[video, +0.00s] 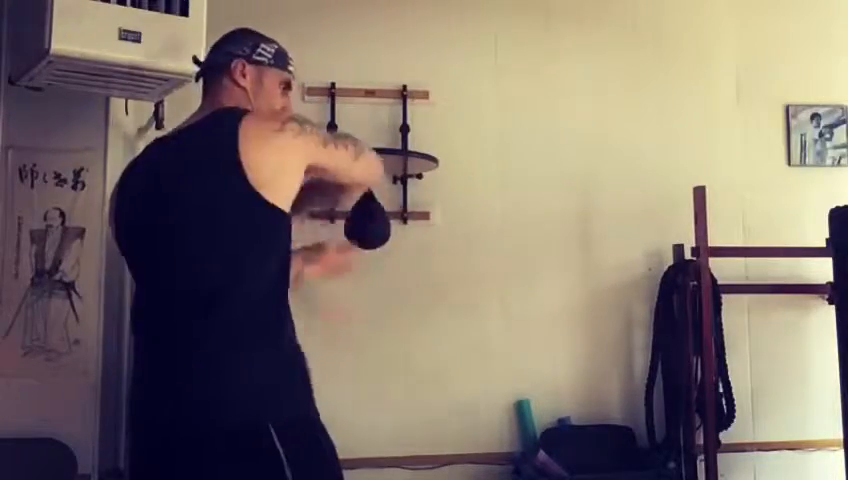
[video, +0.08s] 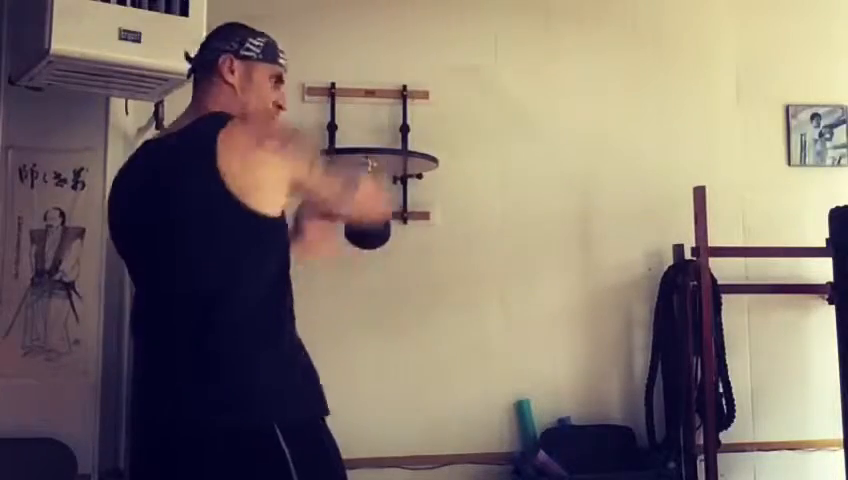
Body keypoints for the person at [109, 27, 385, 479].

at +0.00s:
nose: (290, 104)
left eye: (290, 90)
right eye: (284, 86)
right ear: (241, 74)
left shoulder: (135, 174)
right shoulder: (273, 140)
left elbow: (199, 277)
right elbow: (368, 168)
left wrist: (303, 263)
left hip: (162, 407)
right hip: (256, 409)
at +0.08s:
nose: (282, 101)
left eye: (282, 85)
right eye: (274, 81)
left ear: (223, 73)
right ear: (230, 70)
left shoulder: (130, 176)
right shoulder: (258, 145)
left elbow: (194, 257)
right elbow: (370, 216)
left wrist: (289, 238)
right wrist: (365, 207)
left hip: (165, 412)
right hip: (263, 415)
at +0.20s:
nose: (278, 95)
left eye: (277, 79)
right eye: (269, 75)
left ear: (219, 70)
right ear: (222, 69)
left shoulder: (138, 170)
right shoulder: (246, 160)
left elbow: (224, 268)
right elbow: (351, 255)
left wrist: (320, 251)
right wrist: (381, 224)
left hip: (166, 418)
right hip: (258, 421)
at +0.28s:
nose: (270, 87)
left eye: (268, 73)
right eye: (258, 69)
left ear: (212, 69)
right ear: (209, 66)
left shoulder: (143, 166)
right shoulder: (225, 166)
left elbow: (239, 283)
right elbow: (336, 267)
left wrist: (351, 229)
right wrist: (406, 213)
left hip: (169, 423)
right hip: (253, 430)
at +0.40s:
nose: (260, 86)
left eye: (257, 70)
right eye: (248, 66)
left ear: (198, 69)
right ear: (198, 66)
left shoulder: (157, 165)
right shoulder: (198, 168)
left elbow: (253, 275)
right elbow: (333, 261)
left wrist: (351, 218)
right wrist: (406, 204)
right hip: (246, 437)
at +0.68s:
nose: (279, 97)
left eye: (277, 83)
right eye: (268, 80)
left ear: (224, 76)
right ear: (220, 74)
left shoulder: (273, 183)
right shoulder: (151, 176)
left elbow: (320, 288)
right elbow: (93, 308)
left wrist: (258, 283)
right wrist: (194, 344)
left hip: (274, 429)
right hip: (181, 434)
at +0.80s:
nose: (298, 105)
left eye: (299, 92)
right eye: (290, 87)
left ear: (249, 83)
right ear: (242, 80)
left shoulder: (296, 191)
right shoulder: (151, 166)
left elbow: (315, 294)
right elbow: (34, 227)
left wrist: (235, 291)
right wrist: (76, 278)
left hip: (270, 416)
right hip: (177, 413)